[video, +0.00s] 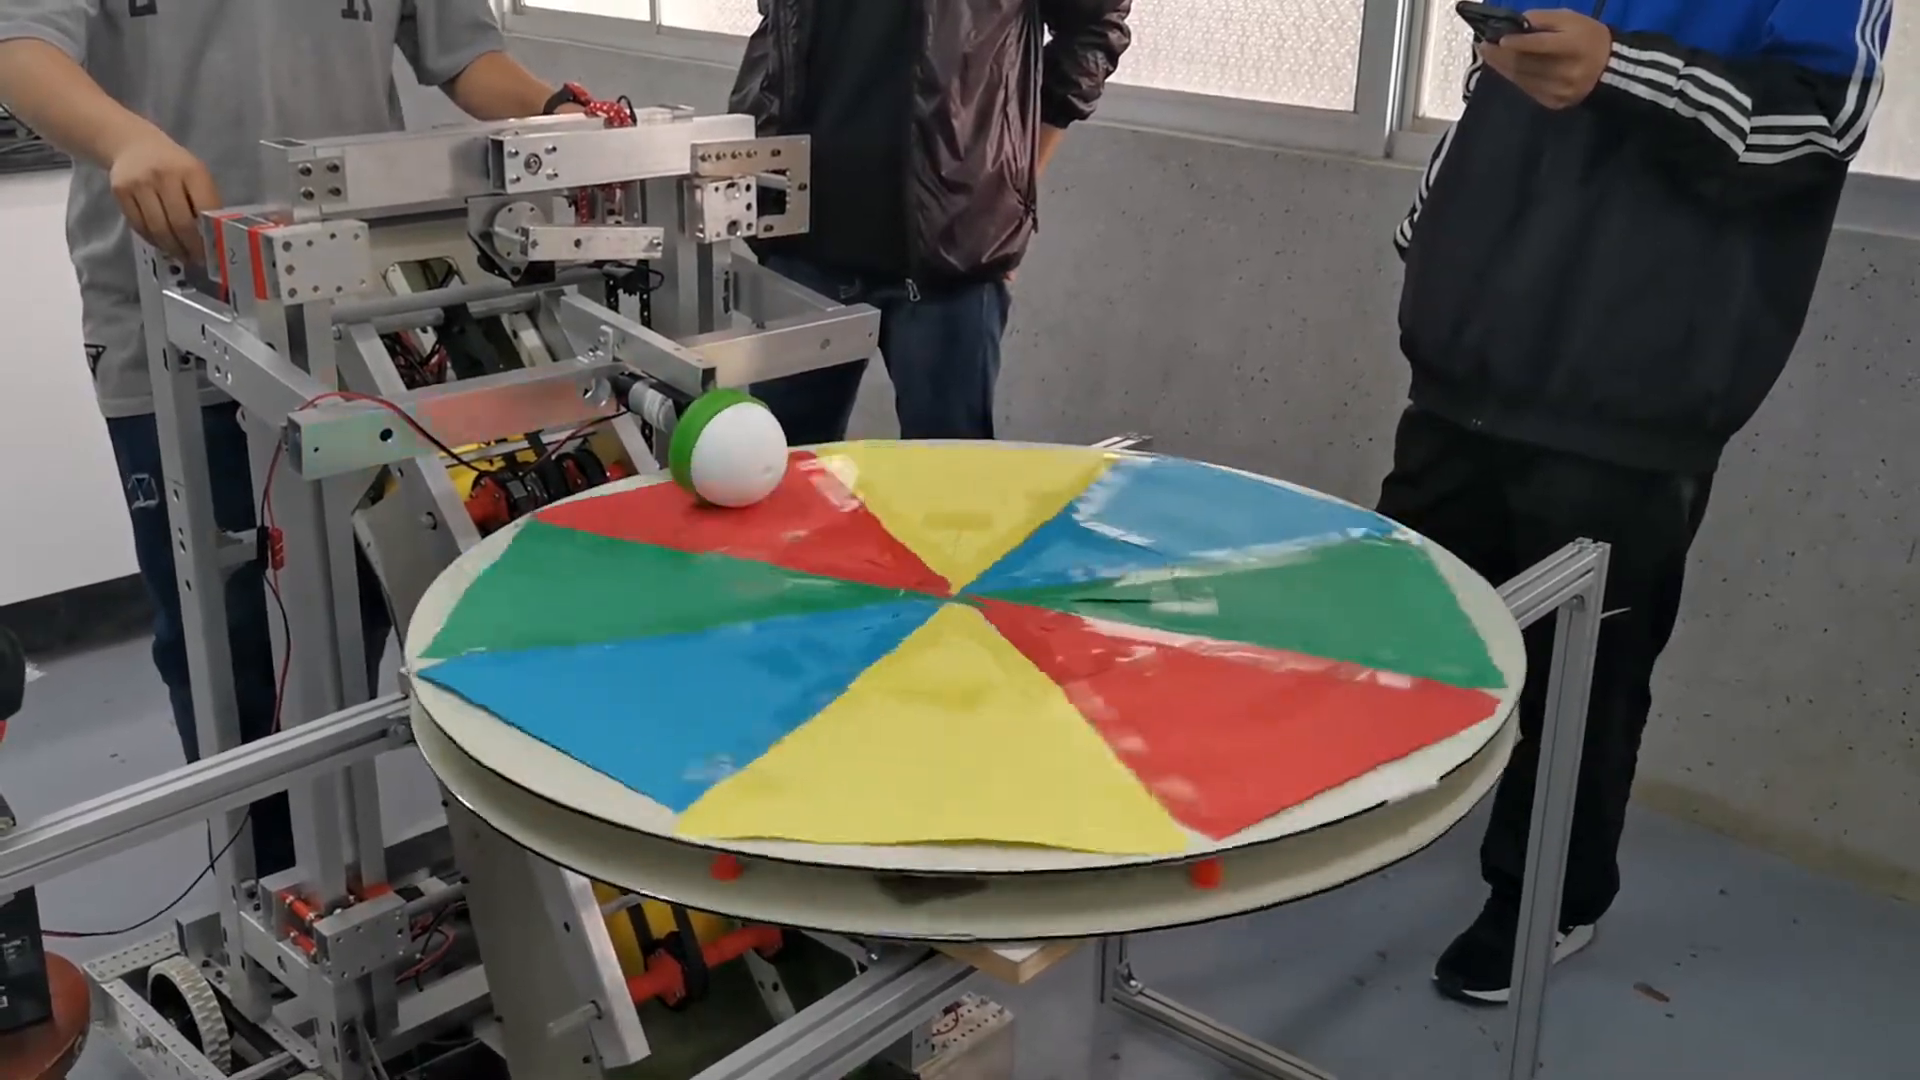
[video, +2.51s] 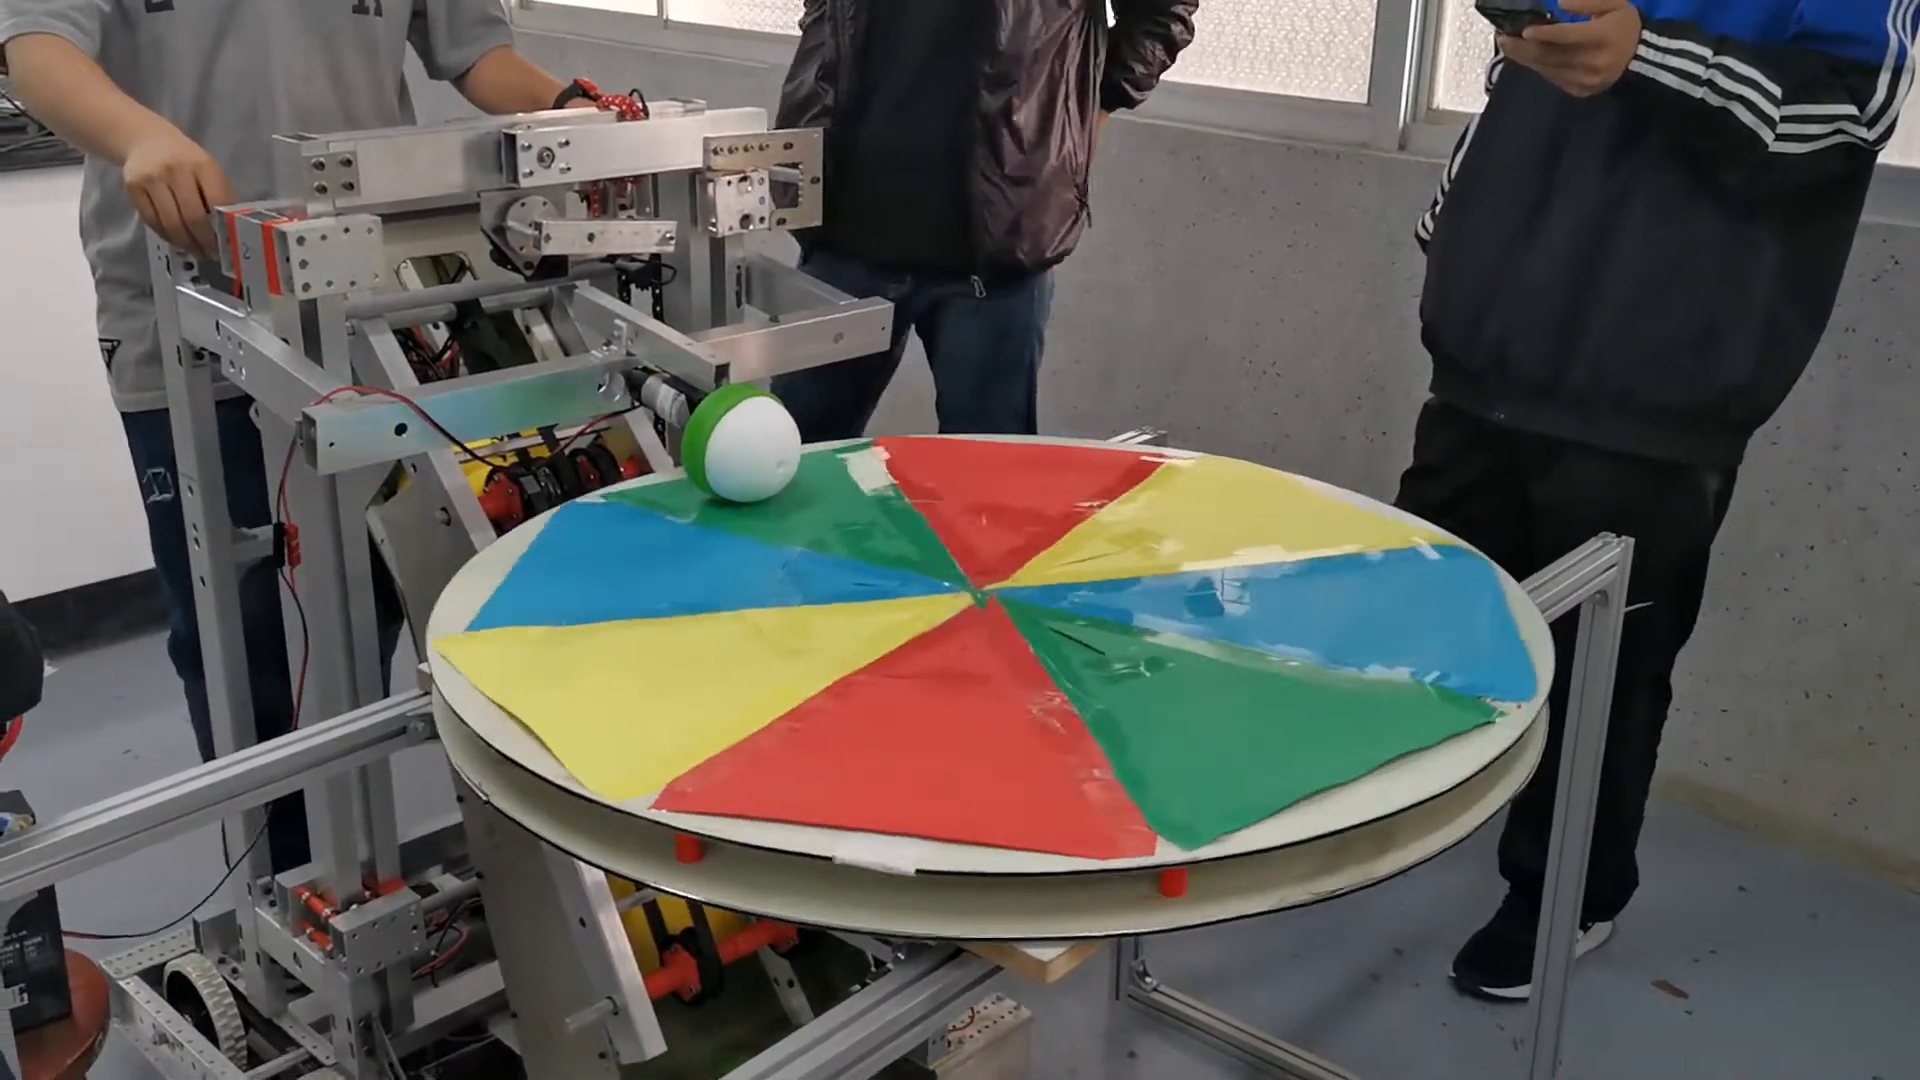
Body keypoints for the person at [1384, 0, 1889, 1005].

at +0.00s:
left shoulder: (1826, 9)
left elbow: (1818, 125)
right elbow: (1501, 77)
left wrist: (1614, 67)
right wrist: (1425, 239)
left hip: (1649, 361)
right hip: (1485, 315)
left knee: (1585, 657)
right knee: (1407, 600)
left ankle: (1547, 897)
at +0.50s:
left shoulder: (1824, 8)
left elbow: (1813, 129)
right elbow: (1503, 68)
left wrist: (1612, 64)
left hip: (1648, 358)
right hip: (1484, 311)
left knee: (1584, 654)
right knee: (1406, 603)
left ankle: (1550, 893)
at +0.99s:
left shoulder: (1821, 8)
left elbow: (1812, 122)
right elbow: (1502, 58)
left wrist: (1611, 60)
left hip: (1647, 353)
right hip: (1482, 306)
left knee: (1585, 650)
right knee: (1409, 598)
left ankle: (1551, 890)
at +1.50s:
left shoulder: (1830, 9)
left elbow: (1821, 120)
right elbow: (1509, 36)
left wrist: (1618, 56)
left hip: (1655, 352)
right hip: (1489, 304)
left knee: (1590, 650)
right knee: (1415, 596)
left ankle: (1555, 891)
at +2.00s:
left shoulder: (1839, 8)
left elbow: (1829, 118)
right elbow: (1514, 67)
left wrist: (1629, 56)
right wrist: (1437, 235)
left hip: (1660, 356)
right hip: (1495, 309)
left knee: (1596, 654)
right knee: (1417, 598)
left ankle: (1557, 891)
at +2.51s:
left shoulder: (1854, 11)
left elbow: (1846, 115)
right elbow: (1521, 27)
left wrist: (1644, 53)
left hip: (1675, 346)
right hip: (1506, 299)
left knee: (1607, 648)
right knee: (1431, 592)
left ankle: (1567, 893)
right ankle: (1353, 821)